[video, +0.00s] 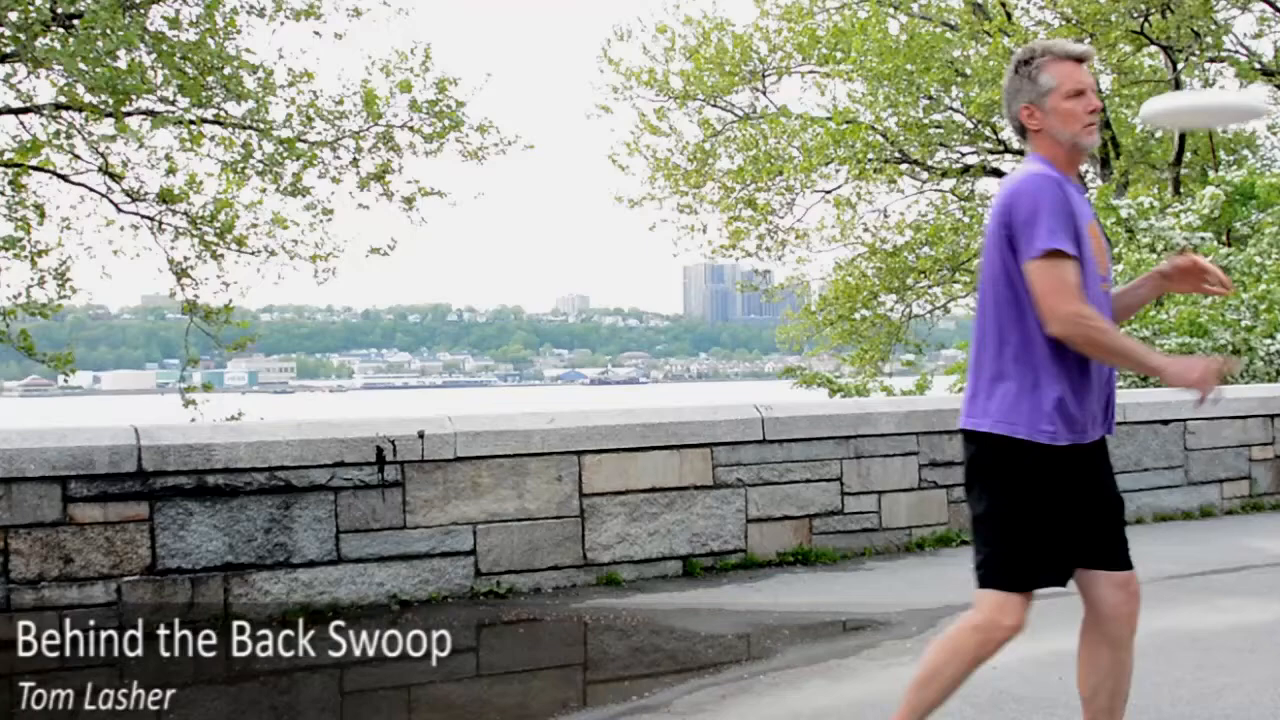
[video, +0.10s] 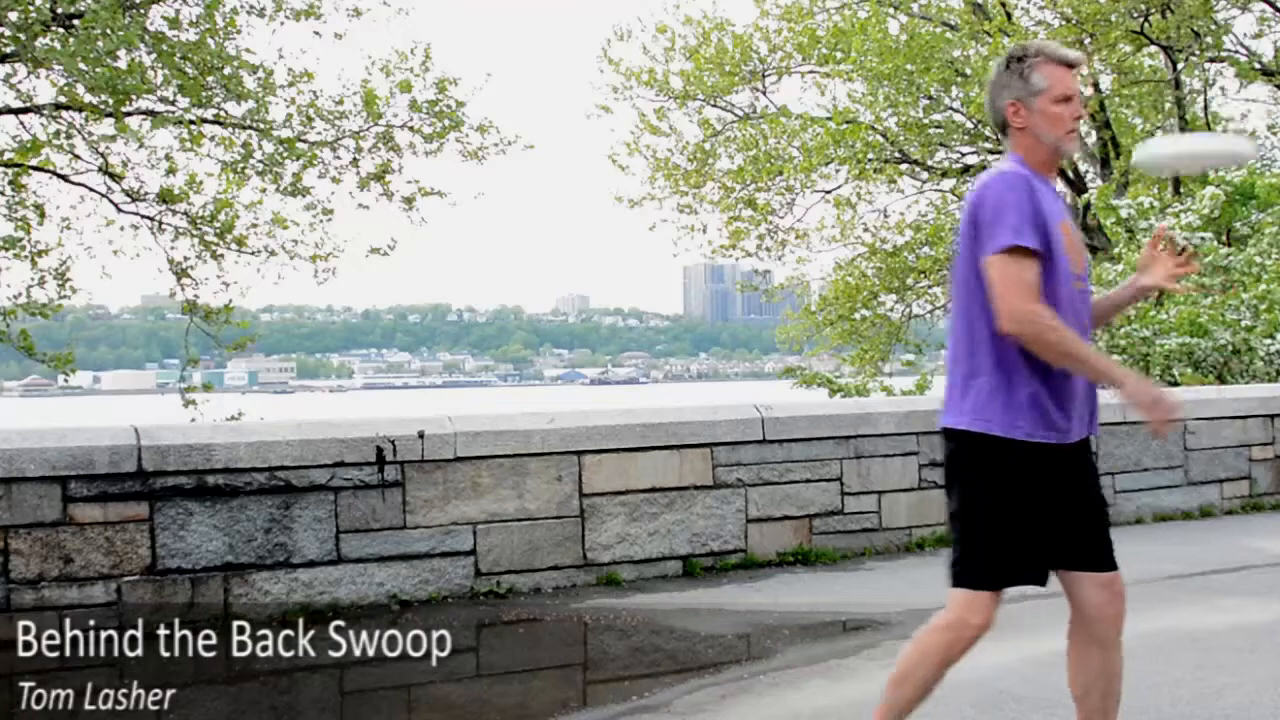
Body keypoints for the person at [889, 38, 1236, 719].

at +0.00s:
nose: (1094, 105)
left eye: (1093, 92)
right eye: (1075, 95)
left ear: (1094, 102)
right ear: (1032, 117)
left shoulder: (1070, 194)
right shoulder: (1034, 188)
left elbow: (1092, 314)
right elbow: (1063, 317)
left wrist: (1157, 281)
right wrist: (1168, 368)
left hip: (1075, 438)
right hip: (1013, 436)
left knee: (1115, 601)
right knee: (999, 614)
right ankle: (902, 714)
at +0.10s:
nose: (1080, 114)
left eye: (1080, 101)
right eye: (1064, 102)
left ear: (1038, 114)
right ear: (1018, 114)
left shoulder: (1051, 198)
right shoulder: (1005, 187)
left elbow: (1067, 321)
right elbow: (1016, 314)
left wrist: (1138, 283)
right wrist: (1127, 381)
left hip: (1057, 438)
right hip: (992, 436)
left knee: (1101, 603)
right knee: (969, 614)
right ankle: (882, 716)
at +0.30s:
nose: (1020, 156)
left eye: (1023, 142)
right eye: (1011, 139)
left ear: (986, 143)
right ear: (966, 136)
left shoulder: (987, 237)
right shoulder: (907, 208)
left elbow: (990, 362)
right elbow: (869, 323)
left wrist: (1100, 375)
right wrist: (949, 425)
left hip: (986, 451)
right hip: (897, 454)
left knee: (1073, 594)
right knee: (887, 637)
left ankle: (1088, 718)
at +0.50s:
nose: (991, 191)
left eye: (995, 178)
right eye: (982, 174)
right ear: (935, 164)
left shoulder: (953, 266)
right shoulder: (867, 225)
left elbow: (958, 389)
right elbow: (805, 337)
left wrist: (1030, 467)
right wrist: (802, 457)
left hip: (930, 445)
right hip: (849, 458)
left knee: (1046, 510)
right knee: (863, 642)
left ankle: (1068, 708)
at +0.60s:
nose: (978, 211)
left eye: (984, 198)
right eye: (972, 193)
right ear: (925, 175)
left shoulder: (941, 272)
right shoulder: (854, 230)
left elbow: (945, 387)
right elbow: (785, 339)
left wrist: (1000, 491)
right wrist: (757, 453)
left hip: (908, 439)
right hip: (828, 457)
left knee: (1040, 475)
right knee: (848, 643)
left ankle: (1103, 681)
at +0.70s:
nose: (953, 210)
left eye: (963, 197)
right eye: (945, 194)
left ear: (967, 193)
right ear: (902, 175)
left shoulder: (932, 272)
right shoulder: (832, 232)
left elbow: (928, 376)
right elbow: (766, 335)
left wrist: (962, 476)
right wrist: (735, 447)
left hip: (905, 439)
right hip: (821, 455)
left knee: (1038, 466)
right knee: (845, 640)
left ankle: (1121, 666)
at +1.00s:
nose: (842, 135)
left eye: (859, 123)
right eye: (839, 122)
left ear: (903, 138)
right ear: (835, 130)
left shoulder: (938, 227)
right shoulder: (801, 210)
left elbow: (906, 327)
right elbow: (780, 332)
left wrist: (920, 408)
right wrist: (819, 435)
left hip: (928, 425)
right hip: (835, 435)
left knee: (1021, 555)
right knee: (847, 620)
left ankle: (1036, 715)